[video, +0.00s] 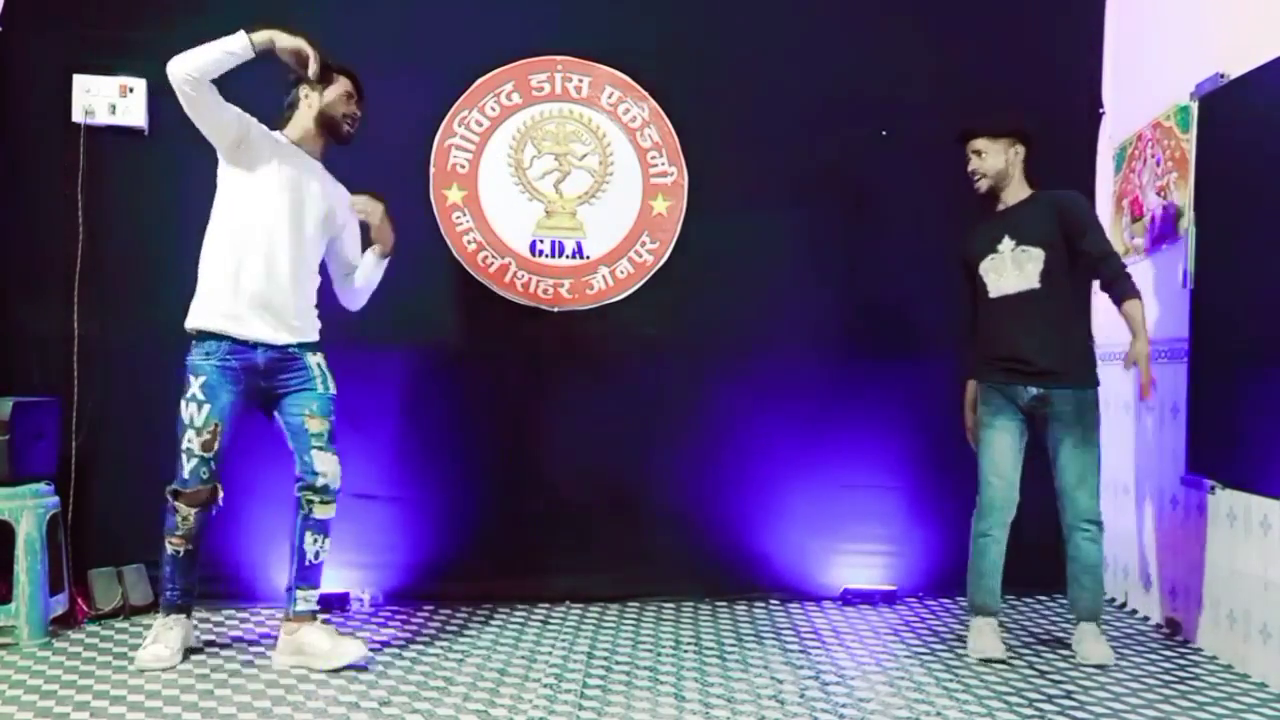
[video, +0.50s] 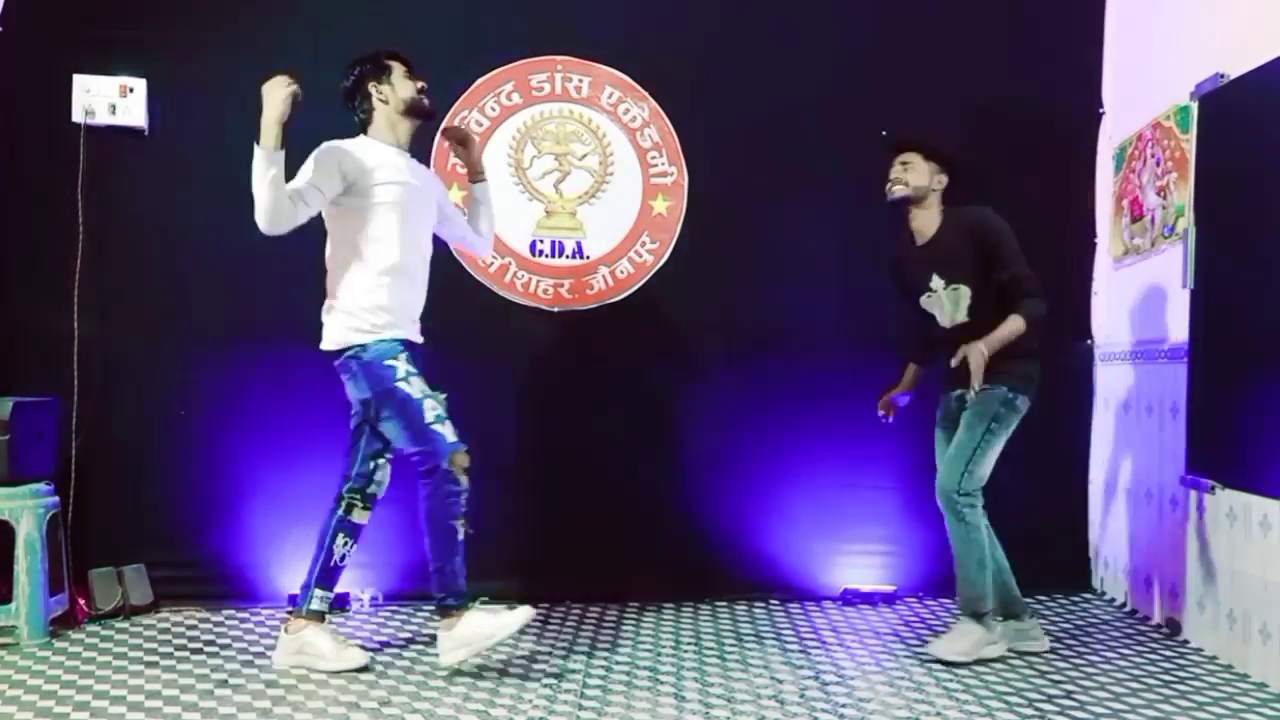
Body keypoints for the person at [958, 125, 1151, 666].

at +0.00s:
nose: (971, 166)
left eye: (980, 154)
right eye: (969, 157)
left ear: (1015, 153)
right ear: (979, 163)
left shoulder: (1064, 208)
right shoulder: (978, 235)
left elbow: (1111, 272)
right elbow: (975, 320)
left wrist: (1139, 335)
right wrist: (971, 391)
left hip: (1067, 381)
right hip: (998, 384)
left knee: (1080, 509)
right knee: (994, 504)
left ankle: (1087, 624)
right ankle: (983, 620)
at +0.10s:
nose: (981, 148)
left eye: (994, 140)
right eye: (981, 141)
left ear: (1025, 154)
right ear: (985, 154)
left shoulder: (1052, 205)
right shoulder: (975, 227)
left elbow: (1107, 263)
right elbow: (986, 313)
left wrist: (1139, 265)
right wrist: (956, 368)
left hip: (1064, 382)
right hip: (996, 382)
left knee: (1079, 507)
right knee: (985, 501)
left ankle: (1089, 623)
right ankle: (1000, 618)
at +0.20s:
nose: (981, 147)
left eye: (996, 145)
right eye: (985, 140)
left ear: (1019, 168)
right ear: (982, 157)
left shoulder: (1035, 211)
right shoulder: (964, 224)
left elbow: (1109, 270)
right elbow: (984, 302)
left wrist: (1106, 224)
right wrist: (943, 337)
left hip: (1054, 381)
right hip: (994, 380)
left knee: (1072, 506)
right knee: (975, 494)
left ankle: (1091, 623)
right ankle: (1016, 614)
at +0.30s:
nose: (962, 155)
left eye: (978, 154)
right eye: (967, 148)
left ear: (1001, 179)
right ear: (960, 172)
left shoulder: (1012, 219)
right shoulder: (952, 229)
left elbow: (1087, 281)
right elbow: (967, 301)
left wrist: (1040, 240)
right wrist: (923, 337)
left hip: (1040, 385)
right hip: (986, 386)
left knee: (1042, 504)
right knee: (974, 504)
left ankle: (1087, 616)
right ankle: (1015, 622)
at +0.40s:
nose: (930, 168)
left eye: (945, 165)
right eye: (931, 162)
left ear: (971, 186)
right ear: (924, 183)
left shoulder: (994, 230)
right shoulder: (934, 244)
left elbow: (1058, 300)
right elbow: (946, 314)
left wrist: (1005, 292)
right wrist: (903, 362)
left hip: (1024, 383)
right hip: (975, 386)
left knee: (985, 488)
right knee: (961, 499)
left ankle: (1052, 601)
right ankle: (1011, 616)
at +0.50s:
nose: (895, 176)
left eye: (908, 167)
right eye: (893, 168)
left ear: (939, 179)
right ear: (892, 184)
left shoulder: (978, 225)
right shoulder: (905, 255)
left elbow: (1031, 305)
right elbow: (926, 330)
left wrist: (986, 343)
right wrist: (905, 387)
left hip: (1005, 378)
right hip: (956, 384)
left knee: (956, 489)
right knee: (958, 495)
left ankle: (979, 621)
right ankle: (1016, 620)